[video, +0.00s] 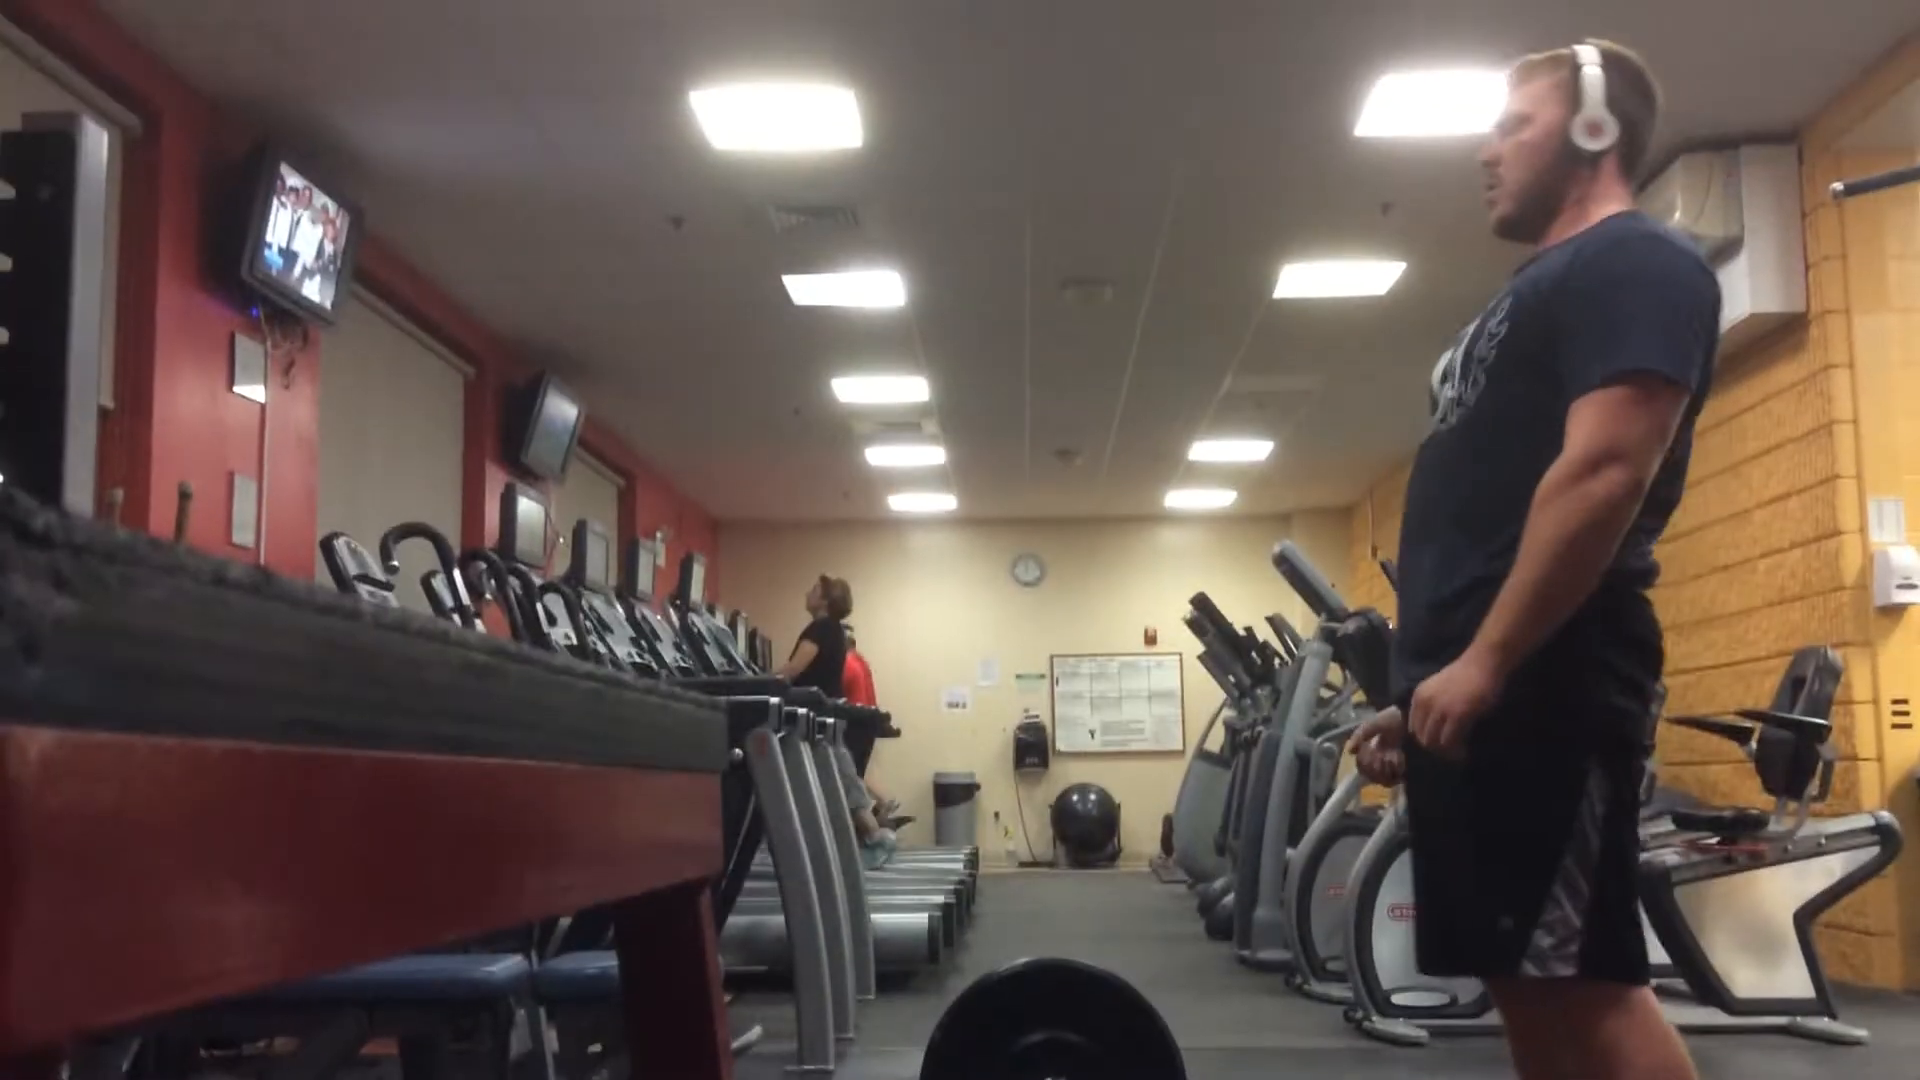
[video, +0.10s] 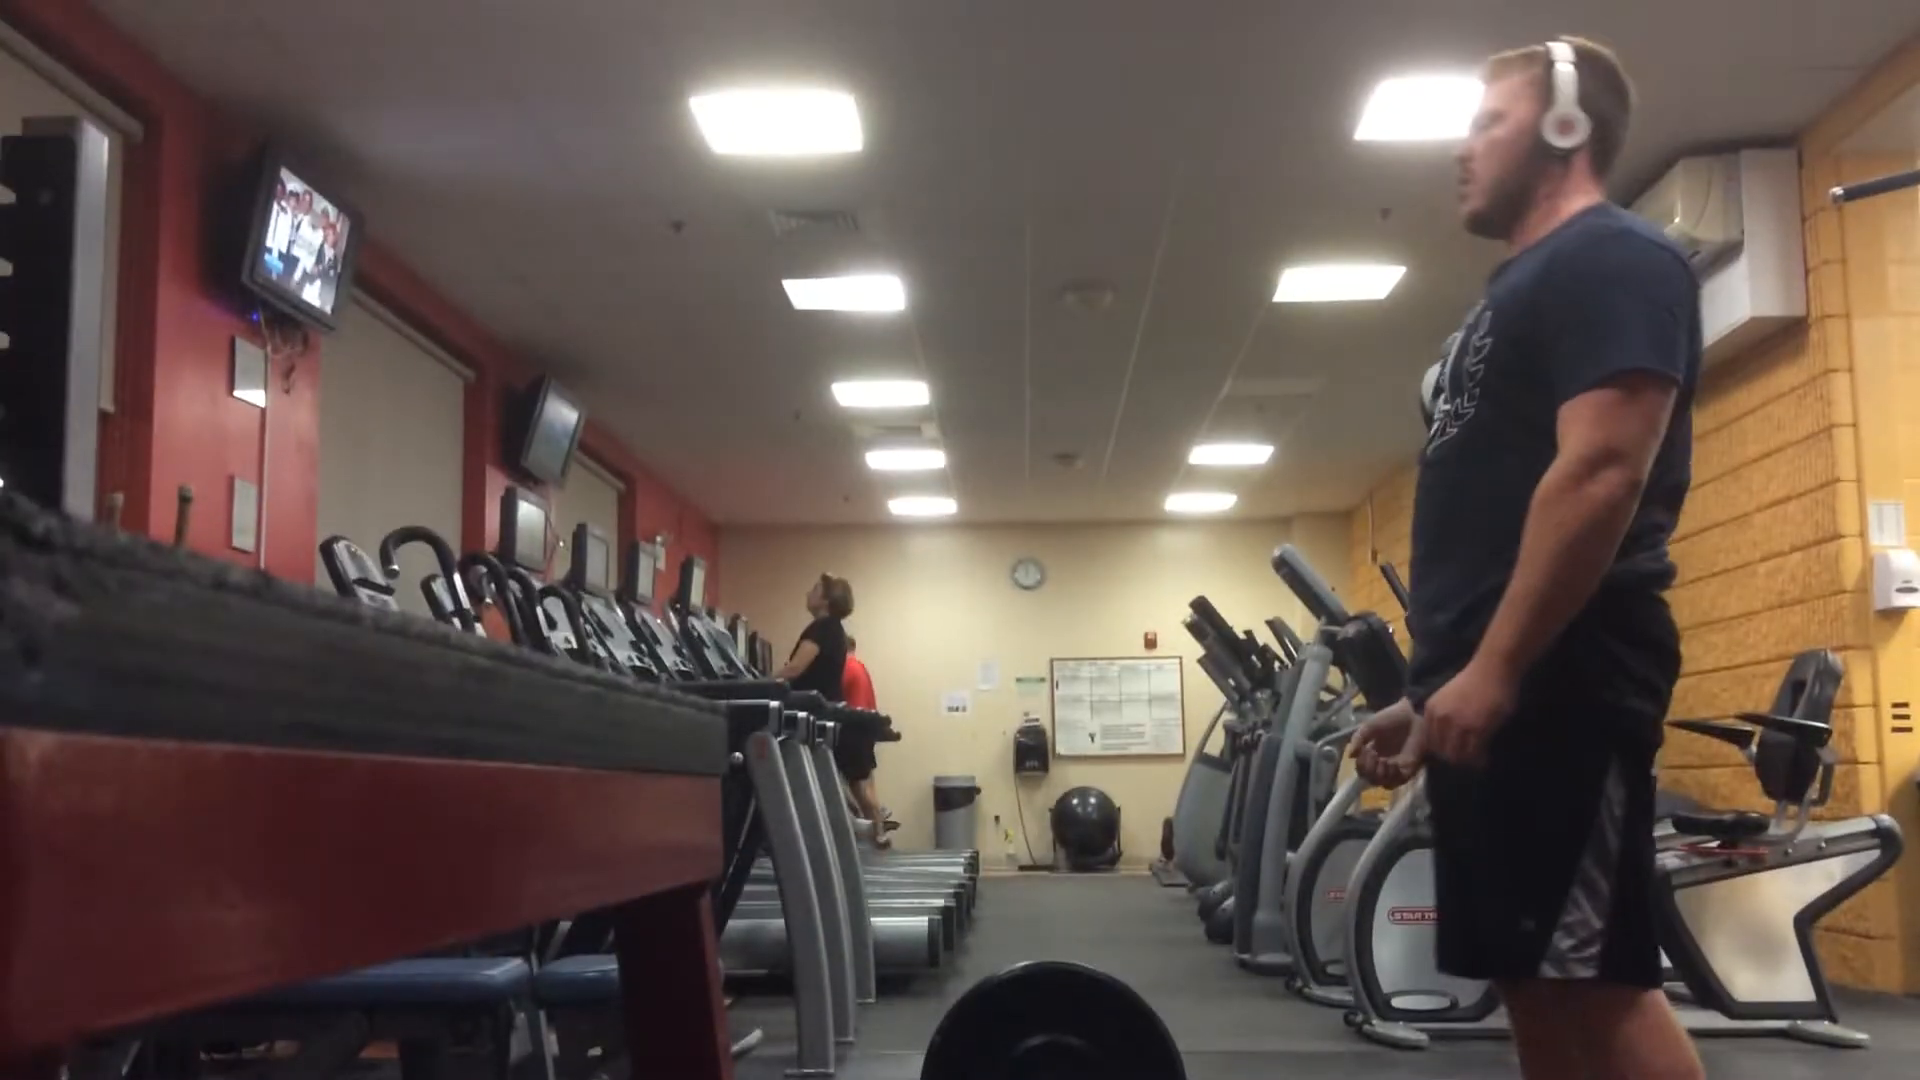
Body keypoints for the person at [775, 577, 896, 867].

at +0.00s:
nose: (808, 592)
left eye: (814, 590)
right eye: (812, 588)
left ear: (823, 600)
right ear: (832, 602)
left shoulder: (820, 628)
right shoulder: (833, 629)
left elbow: (796, 668)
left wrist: (767, 683)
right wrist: (775, 682)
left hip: (814, 711)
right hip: (826, 709)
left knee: (839, 776)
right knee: (842, 773)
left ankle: (874, 836)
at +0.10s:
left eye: (840, 647)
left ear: (841, 648)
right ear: (853, 647)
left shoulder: (845, 667)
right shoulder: (860, 667)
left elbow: (839, 697)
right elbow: (869, 700)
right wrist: (873, 716)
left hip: (853, 722)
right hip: (868, 720)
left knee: (857, 780)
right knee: (866, 778)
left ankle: (879, 825)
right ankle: (879, 829)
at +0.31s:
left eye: (836, 642)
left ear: (842, 642)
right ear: (851, 642)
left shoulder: (852, 662)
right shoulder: (858, 660)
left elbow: (858, 702)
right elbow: (865, 700)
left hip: (857, 724)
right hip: (863, 723)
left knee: (859, 779)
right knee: (861, 778)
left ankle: (890, 821)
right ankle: (886, 821)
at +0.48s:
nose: (816, 597)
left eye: (822, 595)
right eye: (819, 593)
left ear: (833, 604)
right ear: (837, 606)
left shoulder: (825, 630)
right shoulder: (837, 632)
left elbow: (801, 665)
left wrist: (769, 678)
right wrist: (779, 679)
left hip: (814, 714)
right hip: (824, 712)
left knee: (836, 780)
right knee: (836, 779)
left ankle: (876, 838)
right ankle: (869, 838)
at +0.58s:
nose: (841, 653)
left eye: (843, 648)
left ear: (848, 647)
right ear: (857, 648)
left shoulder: (850, 666)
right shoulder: (863, 667)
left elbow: (843, 693)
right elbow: (870, 700)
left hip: (855, 724)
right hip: (869, 723)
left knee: (842, 778)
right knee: (860, 778)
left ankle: (879, 809)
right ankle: (859, 829)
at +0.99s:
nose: (840, 645)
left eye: (842, 640)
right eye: (841, 640)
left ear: (849, 640)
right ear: (853, 640)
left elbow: (872, 689)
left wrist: (844, 685)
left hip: (861, 719)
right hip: (847, 718)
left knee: (865, 778)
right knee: (858, 778)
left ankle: (892, 823)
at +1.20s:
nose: (840, 646)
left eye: (843, 642)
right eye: (843, 641)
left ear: (849, 644)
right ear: (856, 644)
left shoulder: (856, 664)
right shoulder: (861, 663)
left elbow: (862, 694)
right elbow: (864, 693)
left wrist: (838, 686)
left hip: (861, 722)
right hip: (867, 720)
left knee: (852, 781)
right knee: (854, 781)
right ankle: (883, 806)